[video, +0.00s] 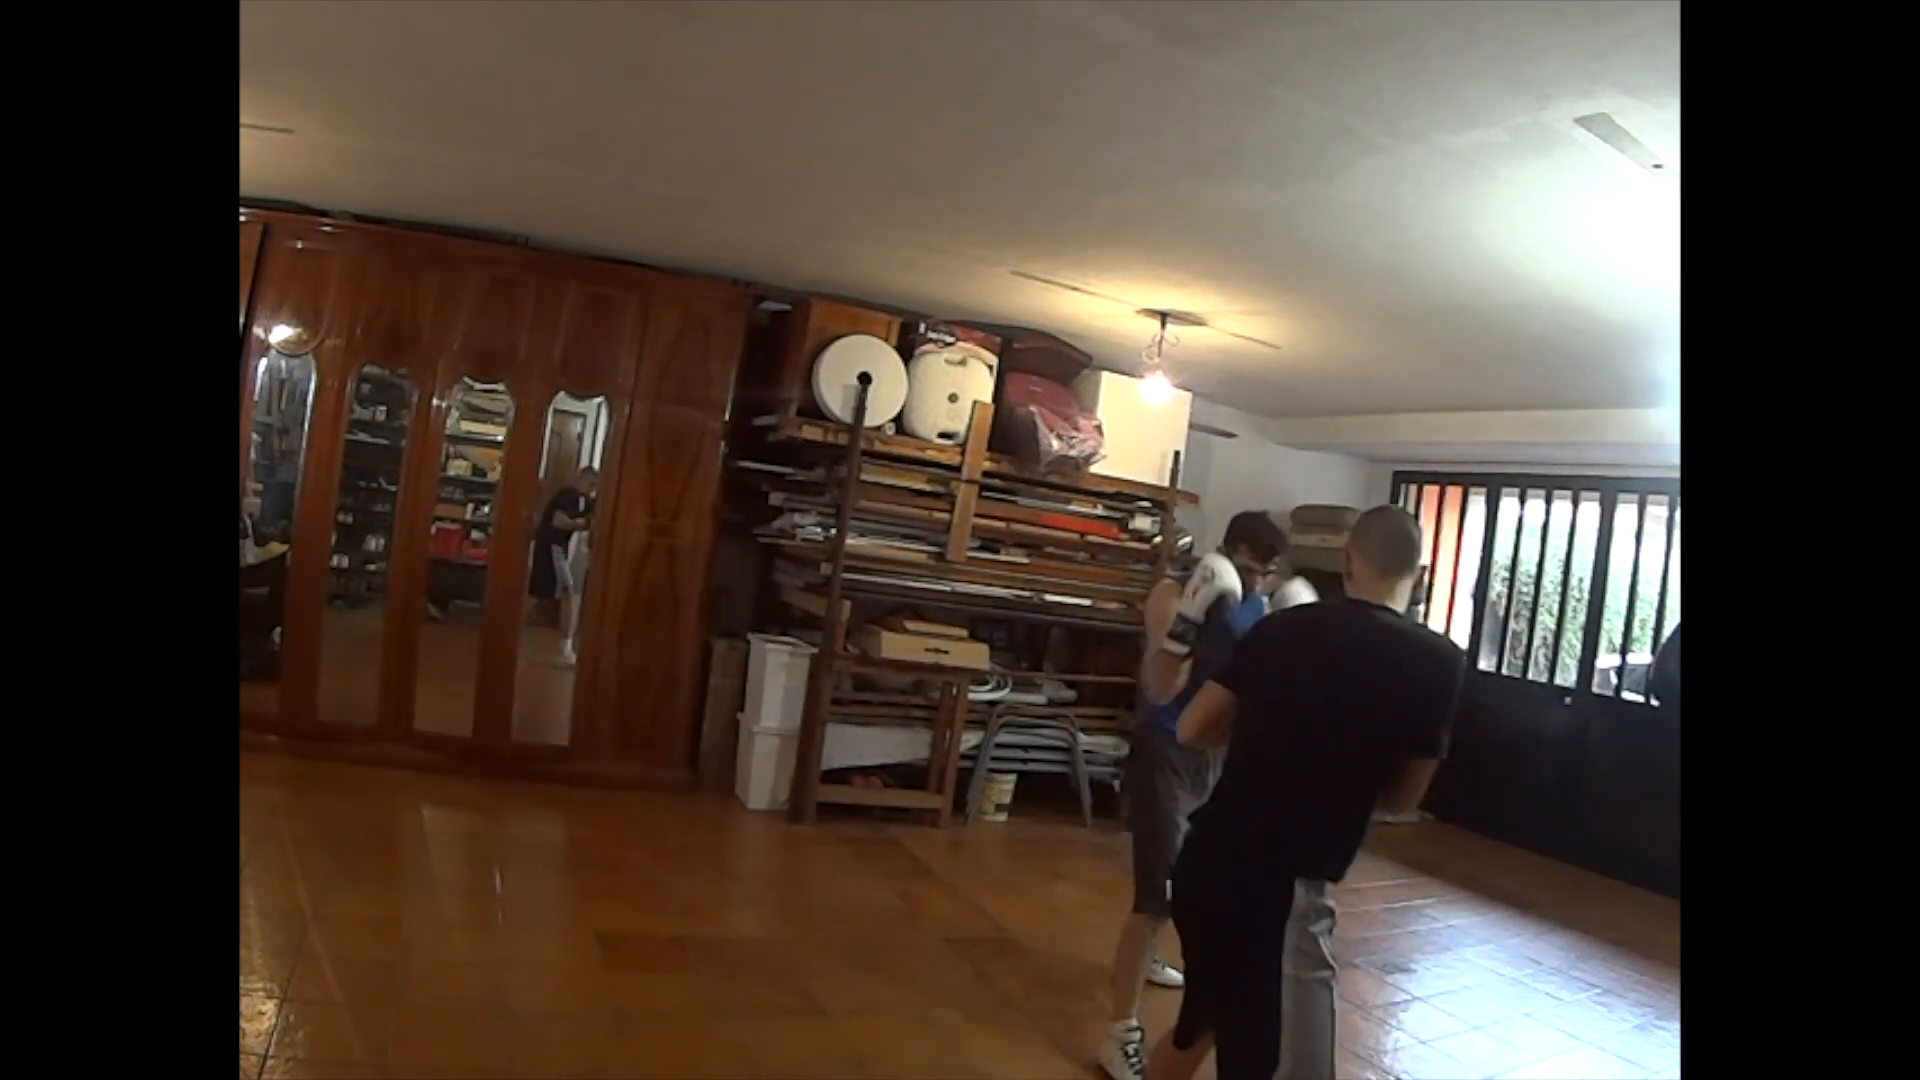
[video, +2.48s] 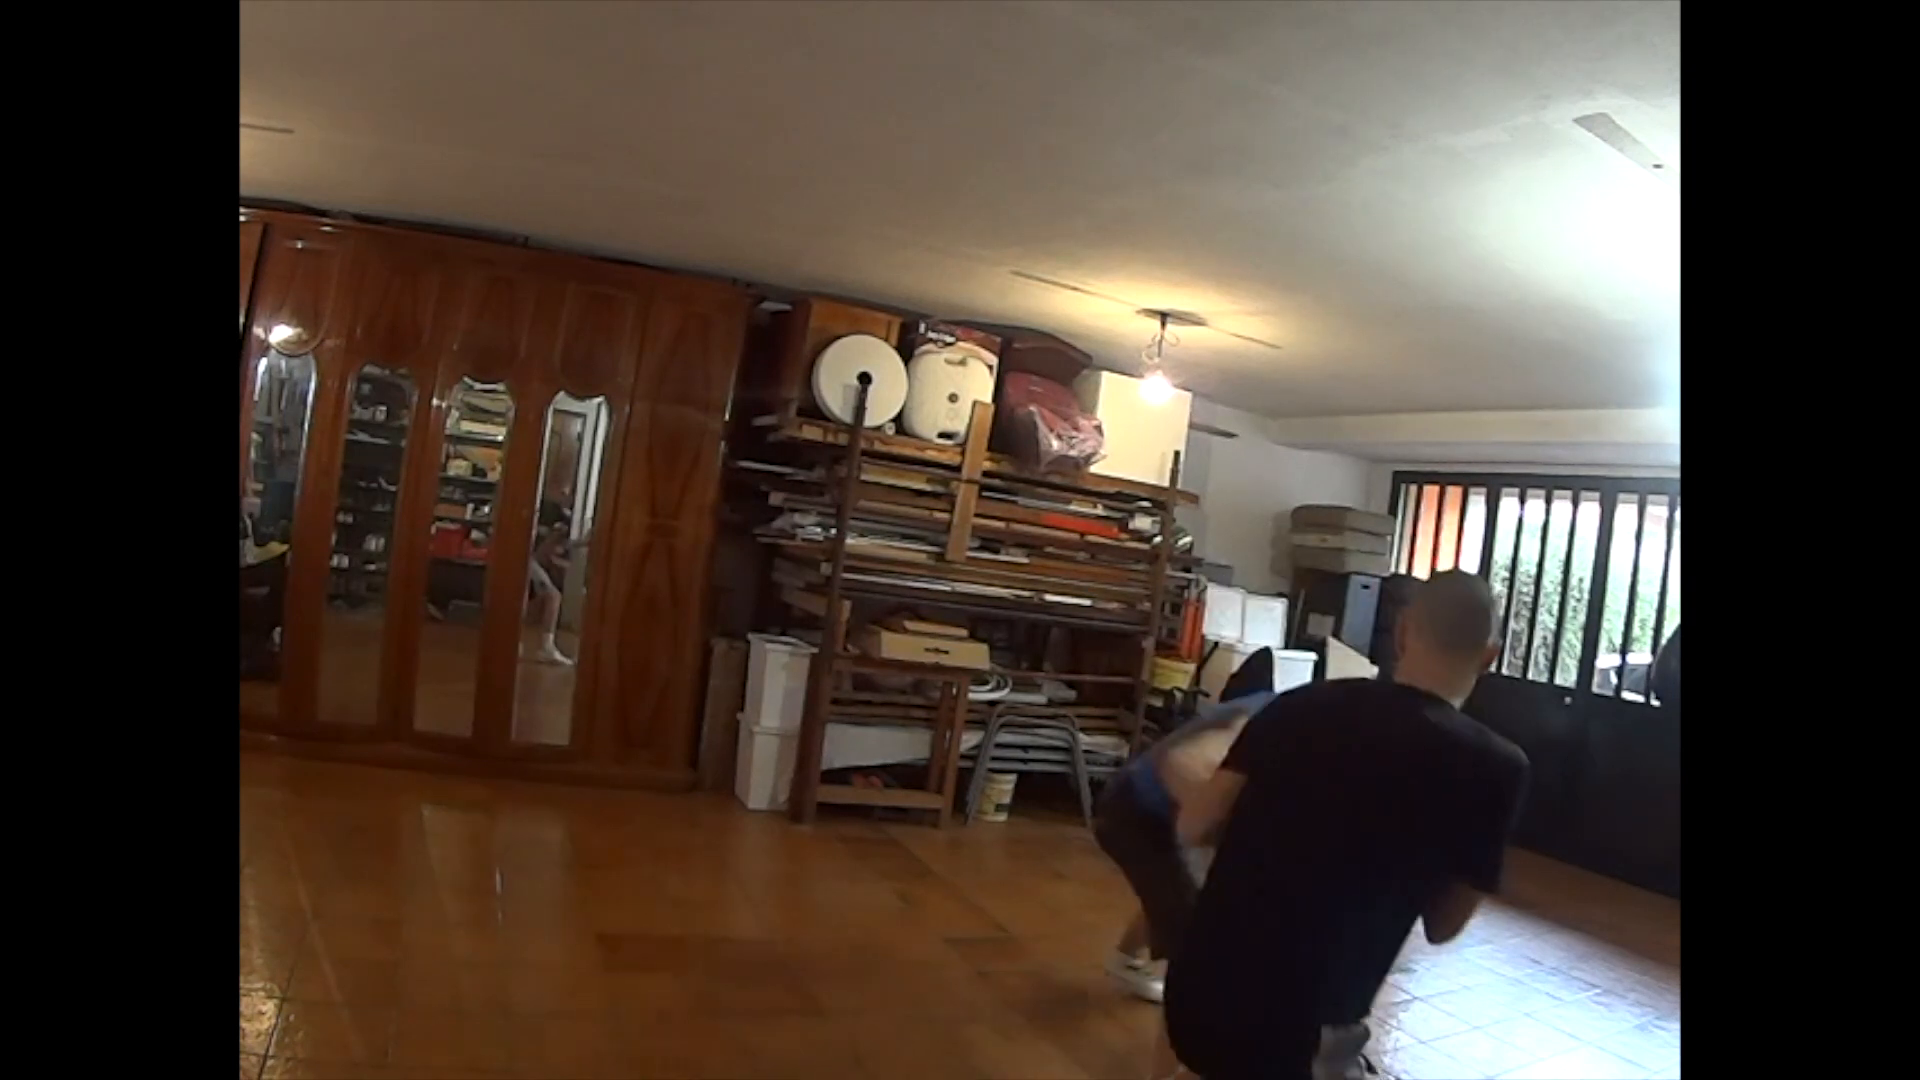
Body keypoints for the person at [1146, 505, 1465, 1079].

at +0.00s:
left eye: (1346, 556)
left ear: (1348, 560)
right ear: (1419, 571)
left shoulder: (1285, 627)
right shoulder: (1437, 660)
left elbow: (1194, 727)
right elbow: (1403, 799)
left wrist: (1264, 732)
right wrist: (1340, 769)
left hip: (1211, 858)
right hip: (1294, 892)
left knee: (1195, 1021)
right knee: (1267, 1061)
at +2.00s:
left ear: (1384, 572)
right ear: (1467, 595)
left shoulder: (1298, 655)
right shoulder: (1479, 701)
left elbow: (1198, 770)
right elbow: (1444, 857)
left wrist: (1276, 774)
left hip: (1218, 927)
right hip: (1315, 963)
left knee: (1213, 1065)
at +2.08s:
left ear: (1375, 576)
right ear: (1455, 598)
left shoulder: (1299, 656)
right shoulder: (1474, 691)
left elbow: (1200, 777)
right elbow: (1445, 856)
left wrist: (1271, 786)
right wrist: (1388, 800)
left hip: (1213, 924)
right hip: (1311, 959)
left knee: (1213, 1057)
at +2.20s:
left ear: (1371, 591)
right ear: (1447, 610)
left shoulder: (1298, 663)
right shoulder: (1460, 701)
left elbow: (1199, 749)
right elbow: (1436, 858)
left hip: (1203, 937)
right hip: (1302, 965)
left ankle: (1202, 1061)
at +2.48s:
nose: (1397, 635)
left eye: (1399, 625)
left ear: (1403, 632)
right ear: (1490, 659)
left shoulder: (1305, 704)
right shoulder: (1493, 765)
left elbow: (1197, 823)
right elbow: (1443, 924)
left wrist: (1185, 768)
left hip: (1199, 994)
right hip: (1309, 1031)